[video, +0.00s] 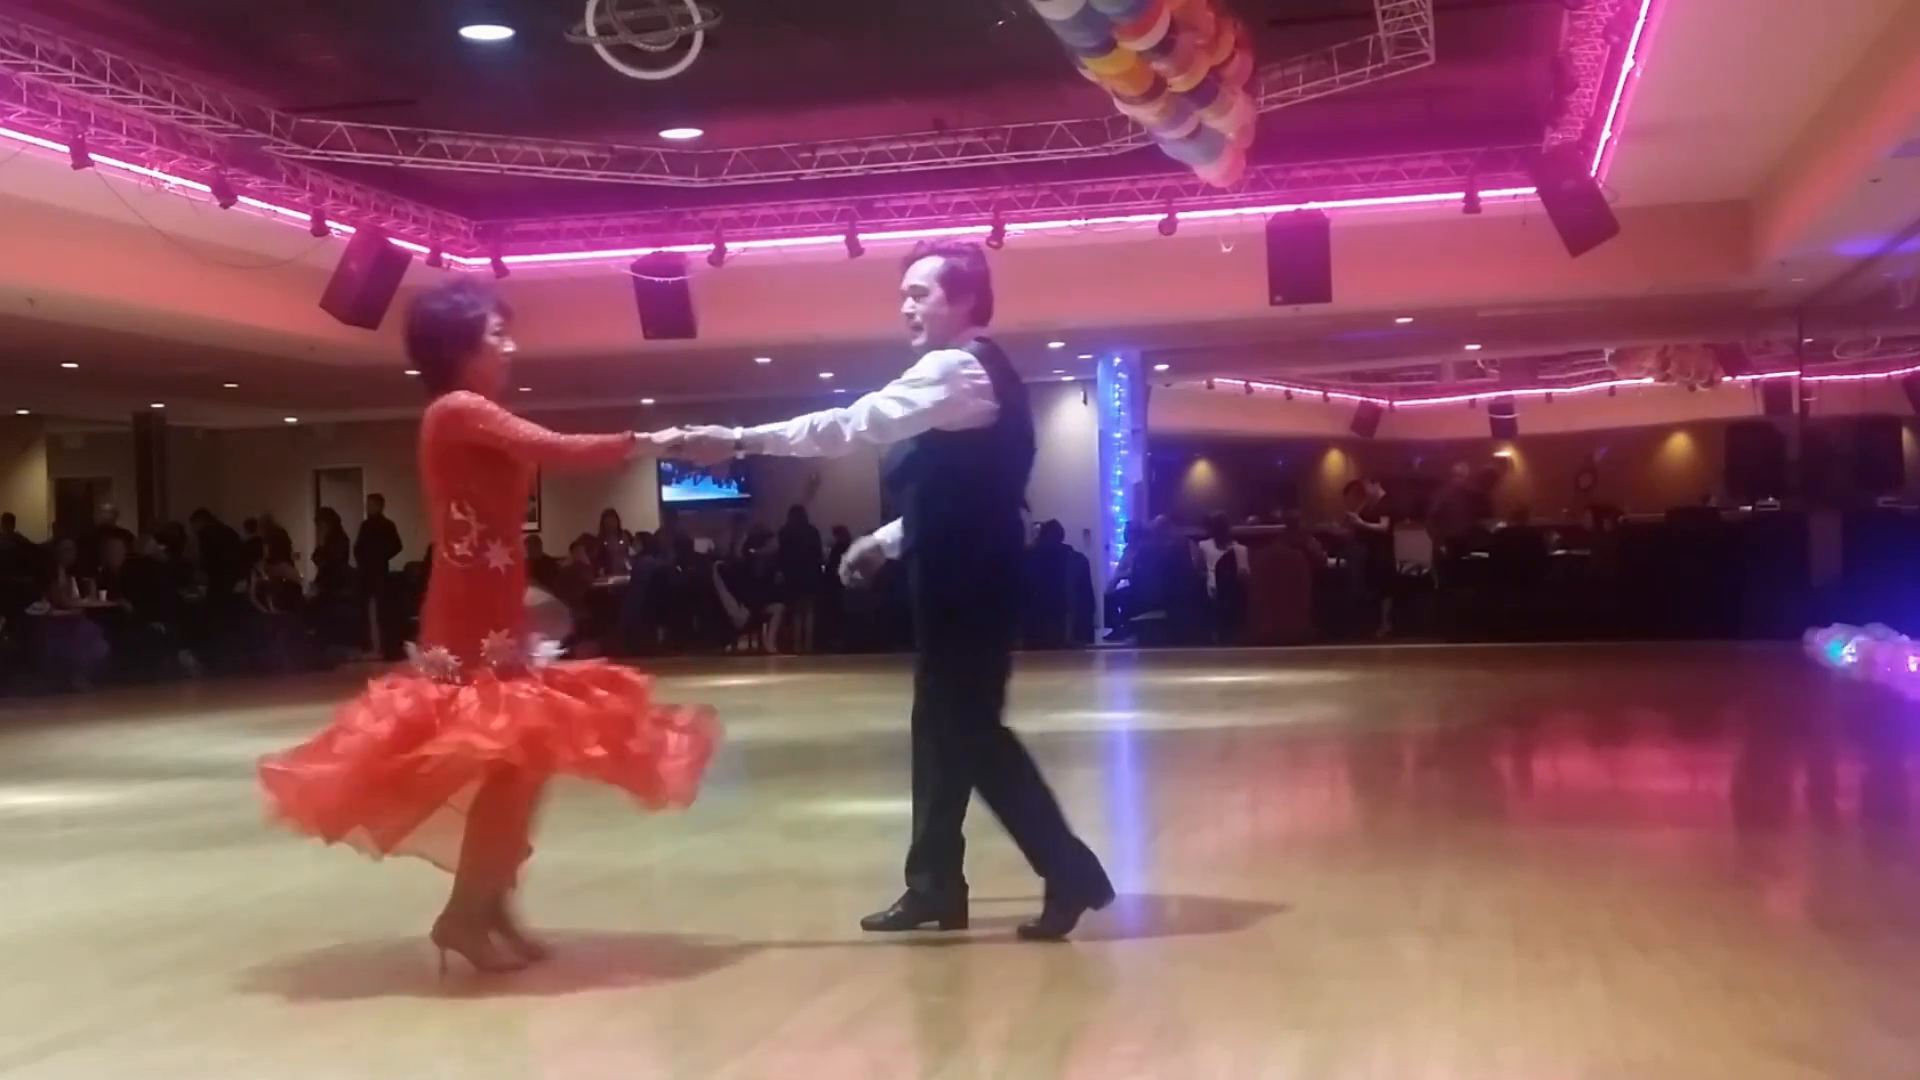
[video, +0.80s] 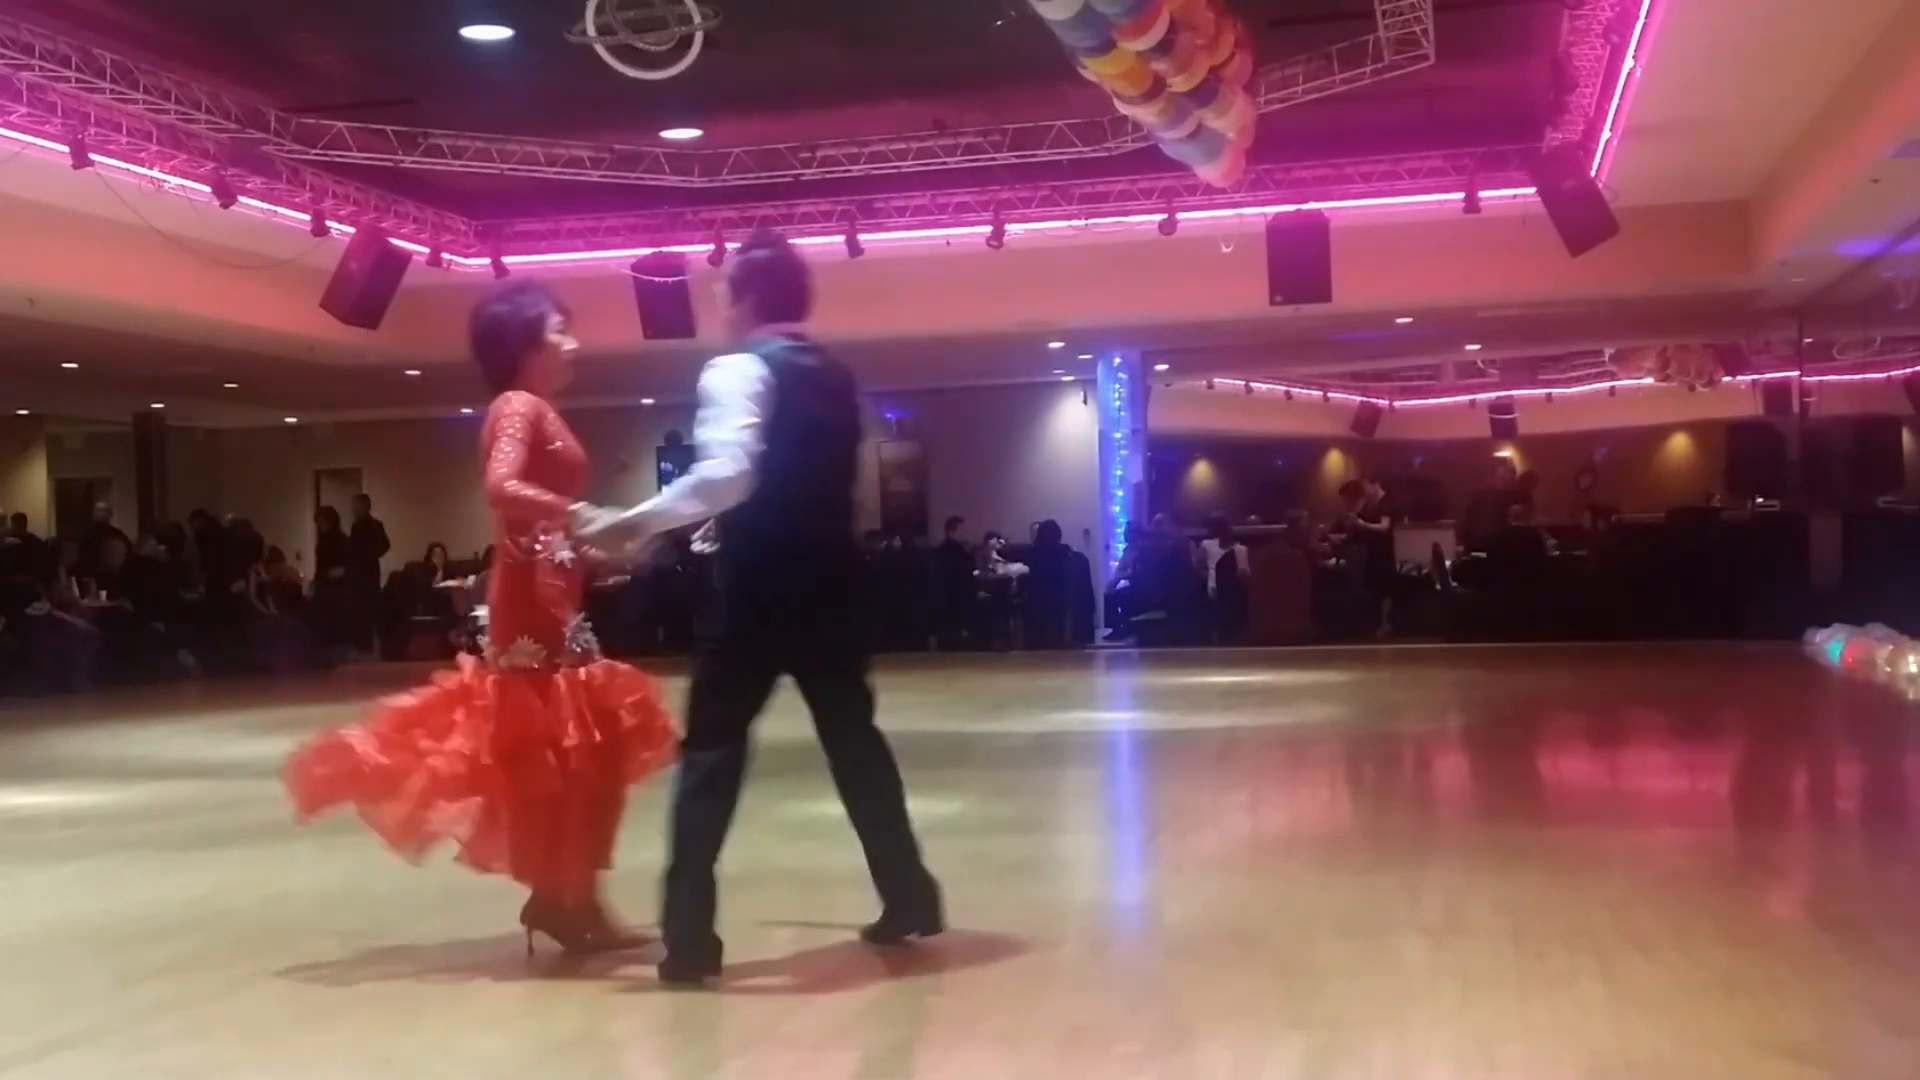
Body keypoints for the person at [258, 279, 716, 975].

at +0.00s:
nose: (510, 345)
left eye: (506, 332)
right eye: (498, 333)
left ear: (463, 344)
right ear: (461, 344)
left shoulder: (473, 413)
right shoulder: (458, 412)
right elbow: (557, 449)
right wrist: (655, 443)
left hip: (490, 607)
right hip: (474, 612)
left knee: (525, 754)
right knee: (511, 758)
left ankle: (492, 898)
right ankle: (464, 913)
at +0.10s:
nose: (486, 343)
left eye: (481, 330)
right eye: (475, 331)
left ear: (416, 348)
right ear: (447, 343)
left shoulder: (415, 420)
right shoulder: (457, 407)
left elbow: (389, 520)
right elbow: (564, 437)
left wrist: (412, 591)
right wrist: (665, 433)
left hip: (430, 608)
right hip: (460, 607)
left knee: (476, 760)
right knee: (490, 762)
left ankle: (445, 903)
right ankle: (460, 916)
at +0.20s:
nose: (469, 344)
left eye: (464, 332)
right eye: (460, 334)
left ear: (395, 355)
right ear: (437, 349)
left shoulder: (384, 426)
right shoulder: (464, 407)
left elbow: (337, 518)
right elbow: (568, 429)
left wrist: (314, 602)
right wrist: (671, 428)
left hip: (395, 588)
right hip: (449, 585)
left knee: (427, 750)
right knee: (475, 750)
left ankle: (432, 905)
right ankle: (471, 919)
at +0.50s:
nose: (485, 341)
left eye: (478, 328)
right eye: (474, 332)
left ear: (411, 355)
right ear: (450, 346)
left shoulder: (397, 429)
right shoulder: (472, 404)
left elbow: (349, 516)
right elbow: (566, 449)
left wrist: (299, 595)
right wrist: (666, 458)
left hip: (420, 581)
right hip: (469, 577)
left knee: (490, 744)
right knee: (483, 751)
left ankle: (522, 888)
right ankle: (472, 919)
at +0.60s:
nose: (514, 343)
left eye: (507, 330)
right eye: (501, 333)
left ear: (447, 354)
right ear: (473, 348)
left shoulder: (436, 424)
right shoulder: (486, 406)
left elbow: (399, 529)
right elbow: (562, 465)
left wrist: (390, 627)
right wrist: (667, 476)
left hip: (458, 591)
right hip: (491, 591)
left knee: (531, 743)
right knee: (506, 756)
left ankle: (543, 892)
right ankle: (482, 907)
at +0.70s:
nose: (542, 345)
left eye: (536, 332)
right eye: (529, 334)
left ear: (477, 353)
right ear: (498, 349)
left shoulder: (476, 419)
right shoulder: (502, 409)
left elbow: (462, 536)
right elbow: (536, 479)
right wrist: (624, 494)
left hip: (497, 606)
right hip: (518, 607)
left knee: (538, 753)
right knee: (551, 752)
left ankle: (543, 891)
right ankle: (523, 892)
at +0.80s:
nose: (573, 340)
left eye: (568, 328)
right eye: (560, 329)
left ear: (528, 343)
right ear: (524, 341)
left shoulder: (536, 410)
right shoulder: (517, 405)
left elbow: (528, 514)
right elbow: (501, 484)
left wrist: (594, 551)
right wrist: (579, 516)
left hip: (549, 597)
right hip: (533, 603)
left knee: (580, 745)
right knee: (572, 746)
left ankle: (571, 893)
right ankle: (559, 895)